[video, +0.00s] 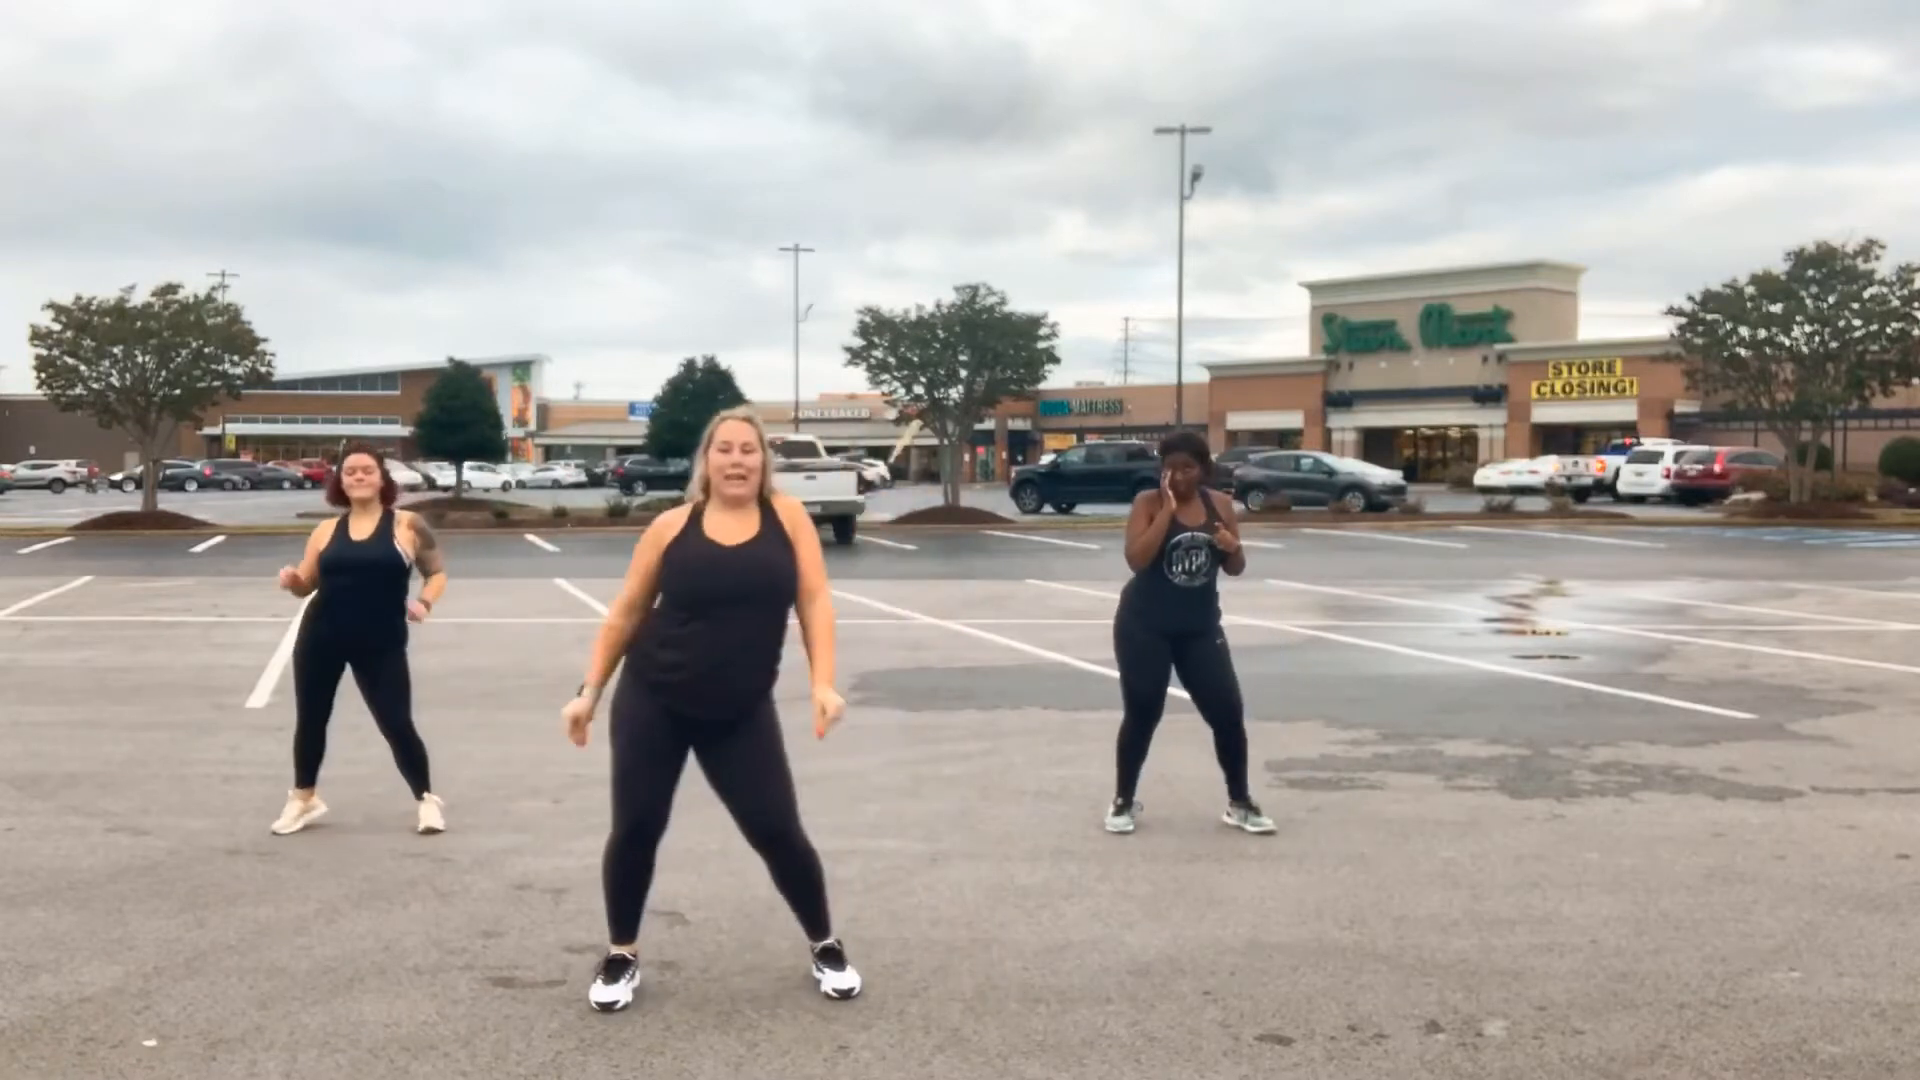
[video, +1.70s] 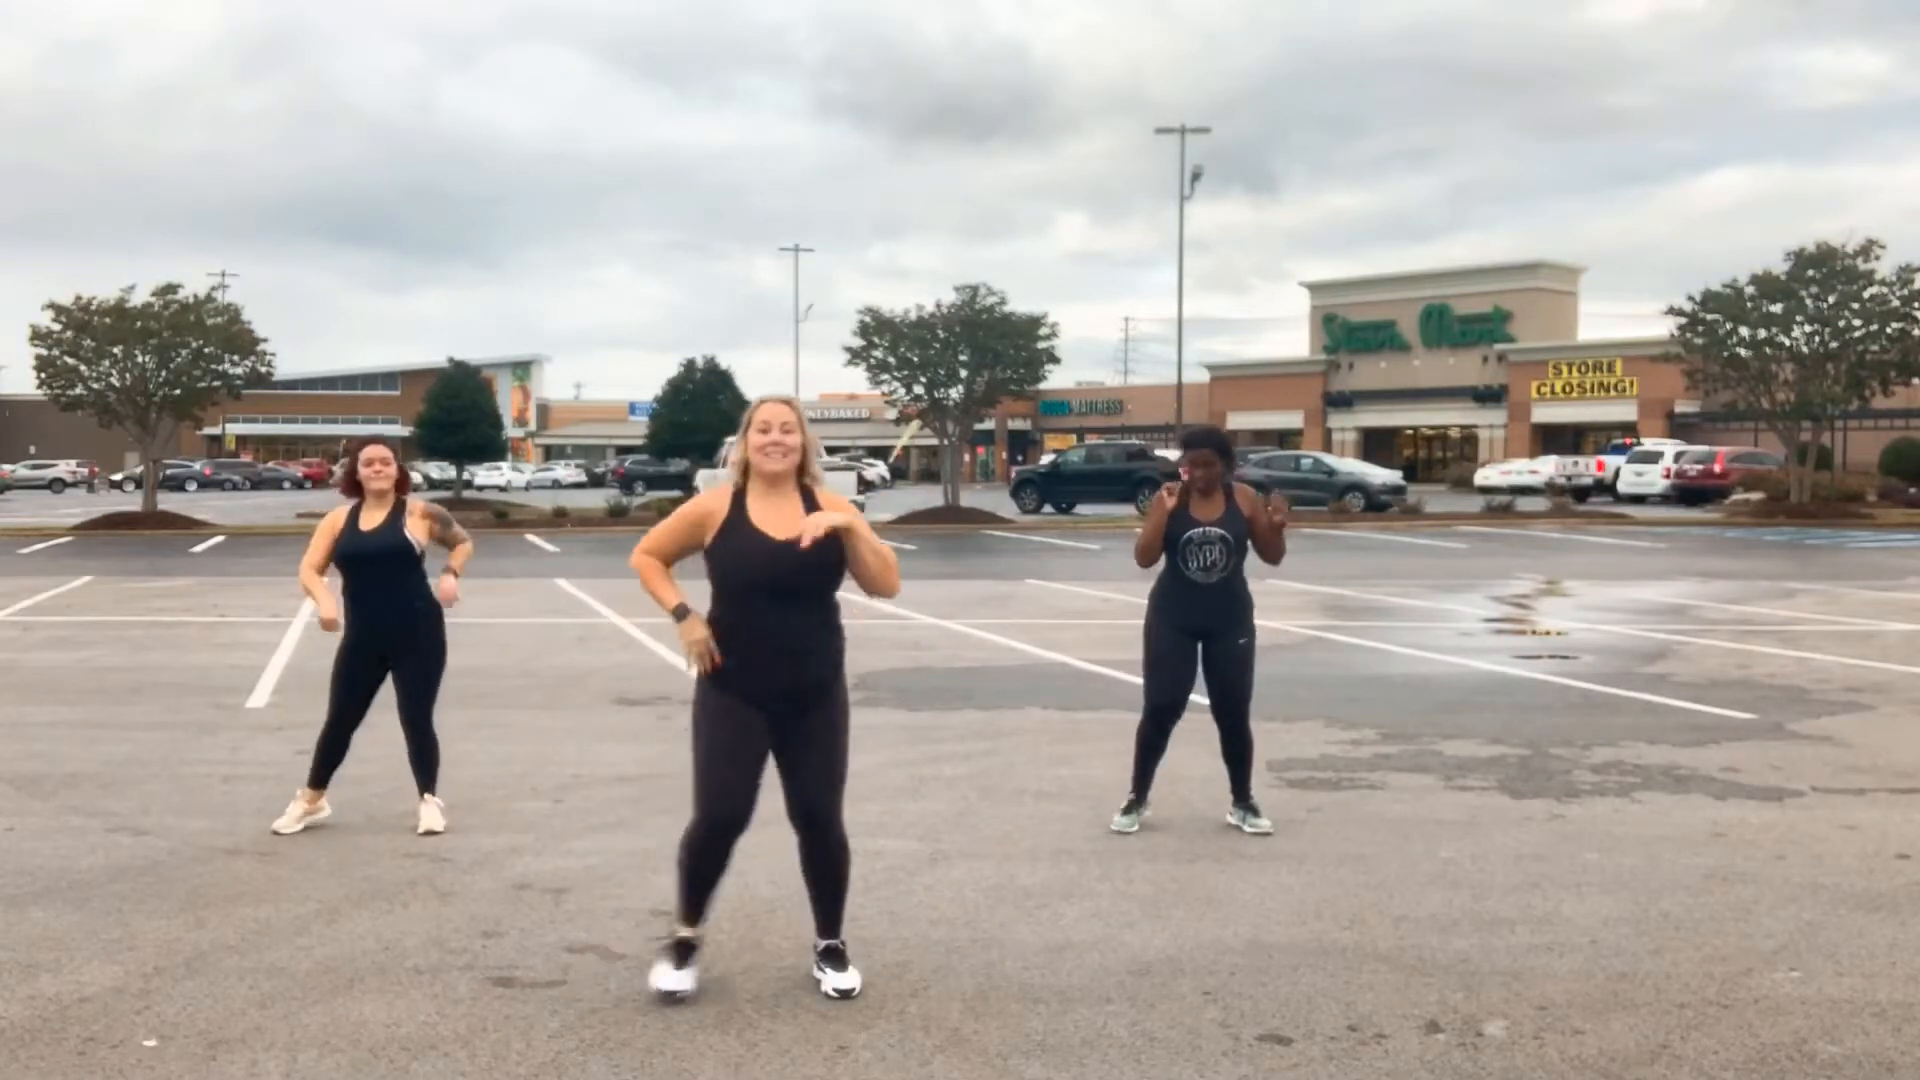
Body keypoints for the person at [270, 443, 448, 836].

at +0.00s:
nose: (359, 477)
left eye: (367, 471)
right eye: (351, 472)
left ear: (382, 479)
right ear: (341, 482)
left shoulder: (406, 525)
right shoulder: (326, 530)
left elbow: (437, 573)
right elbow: (306, 585)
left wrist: (425, 601)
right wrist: (293, 581)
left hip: (379, 642)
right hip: (322, 639)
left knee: (397, 725)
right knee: (310, 720)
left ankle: (426, 799)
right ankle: (303, 797)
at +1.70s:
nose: (378, 469)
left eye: (385, 462)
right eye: (369, 464)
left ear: (398, 470)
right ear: (356, 473)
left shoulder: (420, 513)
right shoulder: (339, 519)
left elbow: (462, 543)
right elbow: (308, 570)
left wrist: (451, 573)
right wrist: (325, 600)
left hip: (417, 633)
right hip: (364, 635)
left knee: (416, 718)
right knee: (339, 721)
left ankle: (428, 800)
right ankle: (312, 798)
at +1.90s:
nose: (391, 470)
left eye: (398, 463)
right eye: (383, 465)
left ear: (412, 471)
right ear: (370, 474)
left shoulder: (435, 516)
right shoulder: (354, 524)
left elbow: (460, 568)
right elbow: (345, 585)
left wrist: (431, 545)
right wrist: (338, 637)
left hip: (426, 634)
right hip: (371, 635)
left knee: (418, 719)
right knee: (380, 721)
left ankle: (428, 799)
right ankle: (395, 798)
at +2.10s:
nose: (401, 476)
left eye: (409, 469)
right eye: (393, 471)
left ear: (422, 477)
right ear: (381, 481)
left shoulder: (442, 522)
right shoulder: (362, 530)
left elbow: (449, 572)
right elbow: (342, 584)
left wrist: (413, 582)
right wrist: (338, 632)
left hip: (436, 638)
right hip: (382, 640)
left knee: (445, 718)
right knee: (387, 725)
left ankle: (442, 796)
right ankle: (397, 800)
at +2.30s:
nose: (411, 476)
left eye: (419, 470)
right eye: (402, 471)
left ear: (432, 478)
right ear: (391, 480)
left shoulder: (457, 522)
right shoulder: (373, 531)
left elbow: (492, 573)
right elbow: (353, 582)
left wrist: (512, 619)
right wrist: (363, 593)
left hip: (464, 635)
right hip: (410, 639)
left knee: (487, 717)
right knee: (402, 723)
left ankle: (526, 792)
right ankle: (399, 801)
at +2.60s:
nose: (422, 483)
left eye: (430, 476)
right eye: (414, 478)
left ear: (444, 484)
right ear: (403, 487)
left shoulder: (470, 528)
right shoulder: (390, 536)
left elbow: (517, 562)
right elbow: (376, 598)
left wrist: (535, 611)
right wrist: (382, 569)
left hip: (480, 638)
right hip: (430, 646)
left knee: (500, 718)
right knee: (408, 732)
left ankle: (537, 795)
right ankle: (402, 803)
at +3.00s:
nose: (387, 470)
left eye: (396, 463)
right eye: (384, 464)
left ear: (421, 469)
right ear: (381, 474)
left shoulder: (447, 516)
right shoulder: (366, 520)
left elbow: (485, 540)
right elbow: (333, 560)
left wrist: (443, 518)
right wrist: (345, 589)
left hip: (441, 633)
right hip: (387, 633)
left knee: (432, 717)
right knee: (395, 719)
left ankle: (435, 798)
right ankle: (399, 800)